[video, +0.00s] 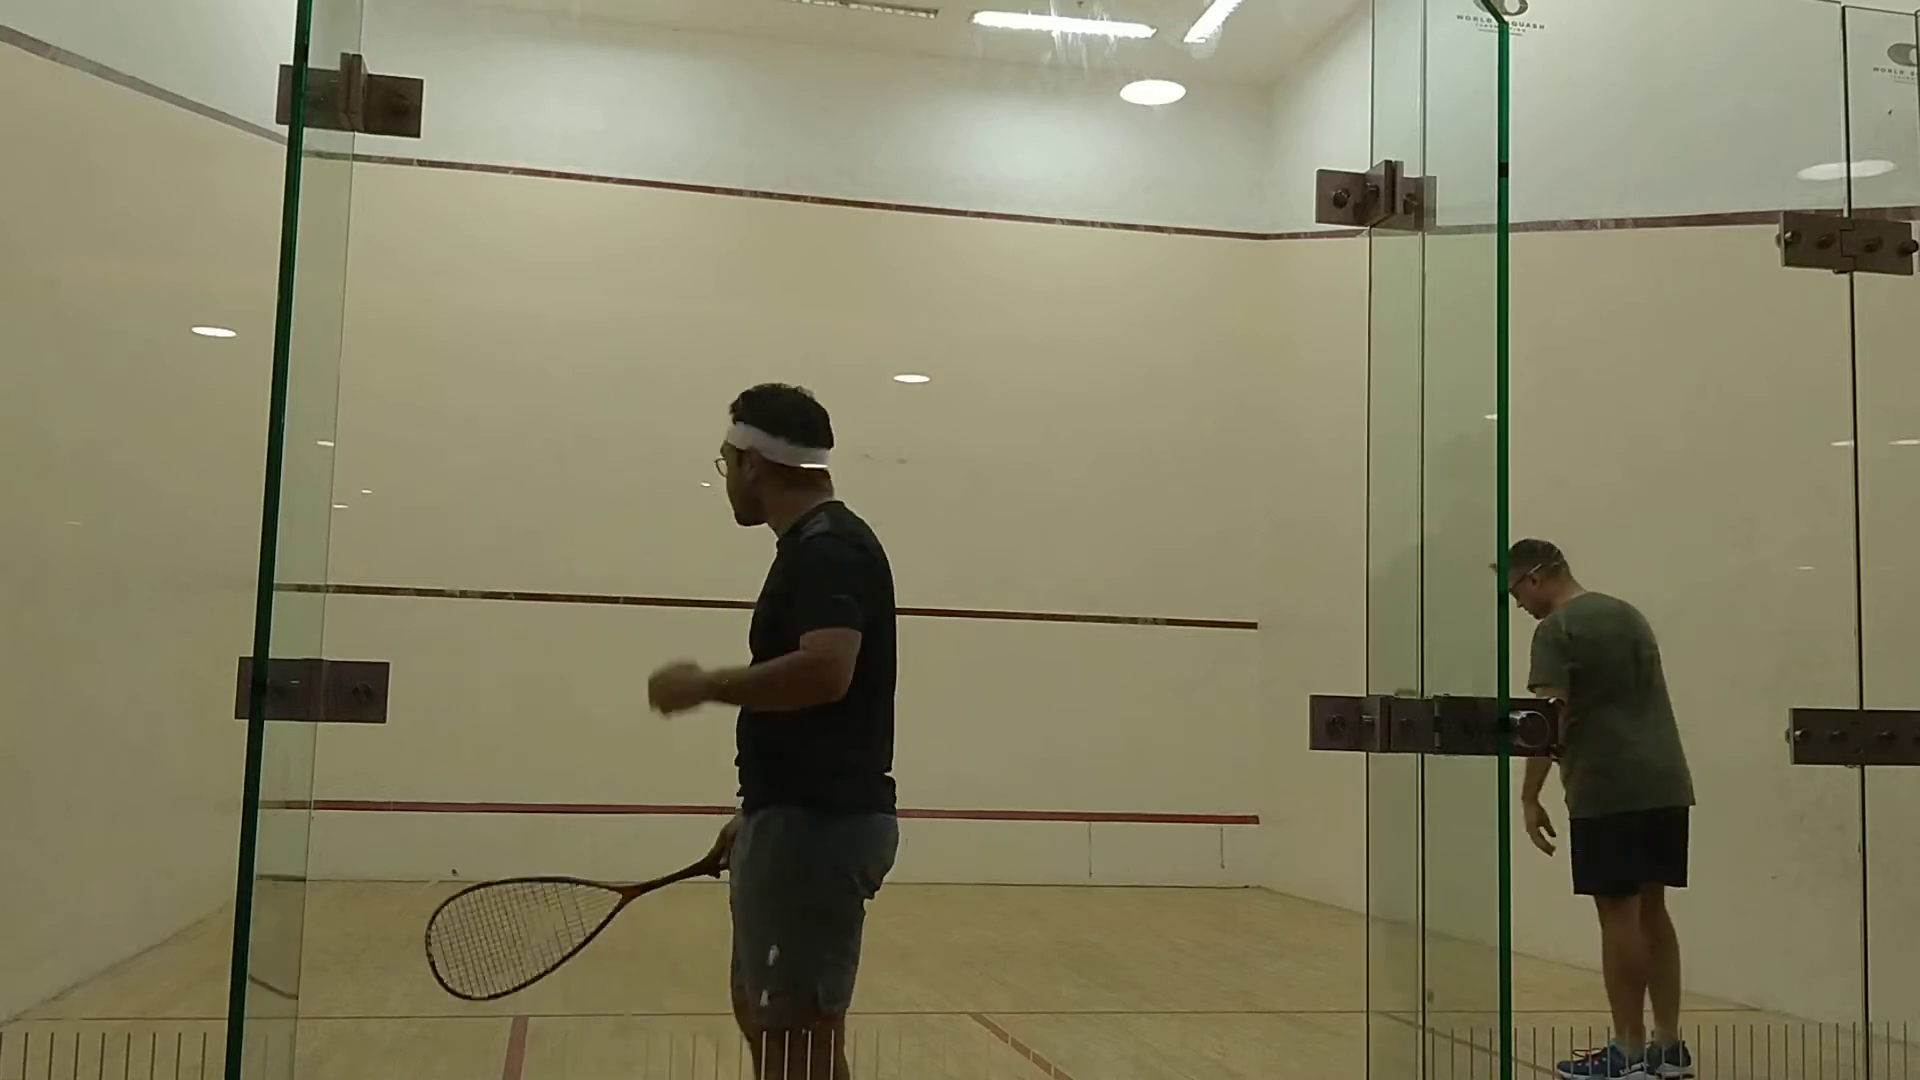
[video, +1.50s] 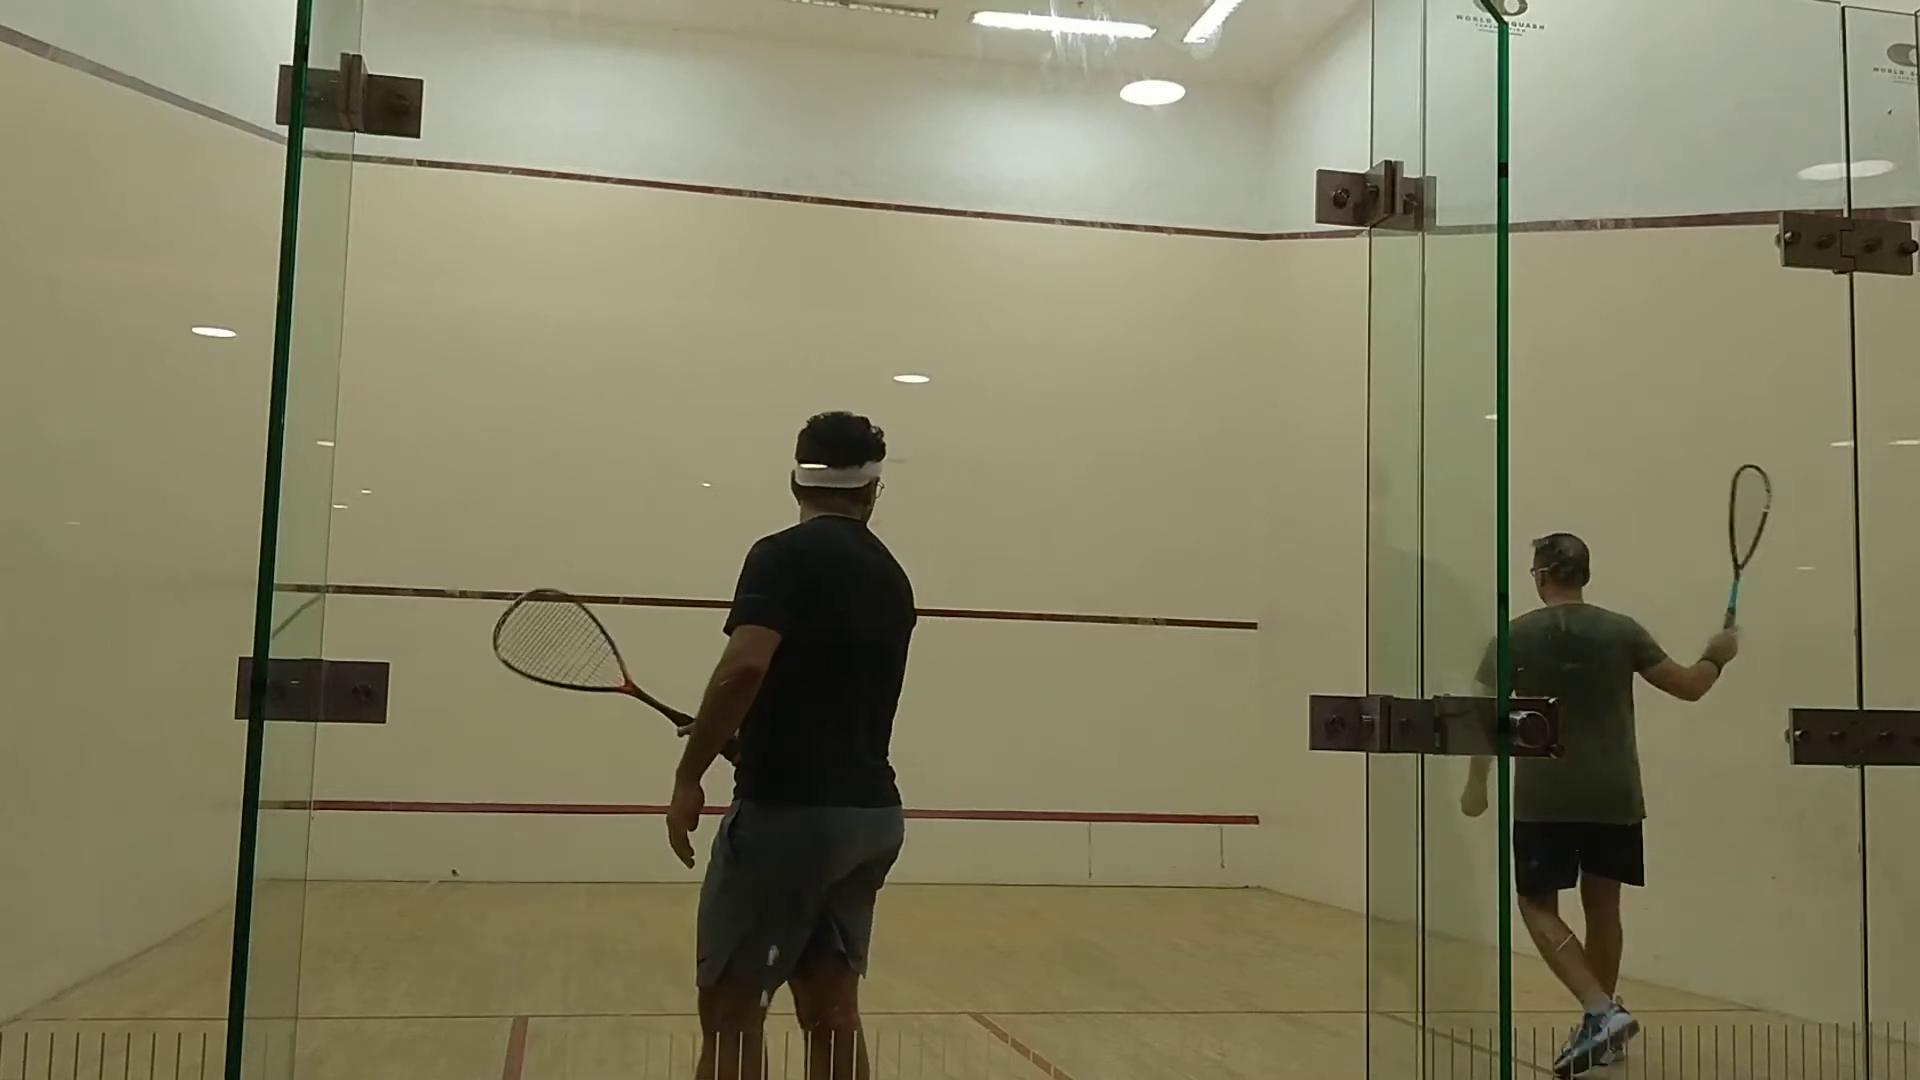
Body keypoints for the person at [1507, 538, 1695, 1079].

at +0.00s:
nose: (1522, 607)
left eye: (1518, 595)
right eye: (1516, 598)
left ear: (1535, 578)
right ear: (1558, 571)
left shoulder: (1555, 631)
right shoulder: (1629, 615)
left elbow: (1548, 722)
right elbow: (1643, 706)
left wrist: (1530, 794)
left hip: (1607, 799)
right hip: (1667, 791)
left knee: (1619, 918)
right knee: (1654, 912)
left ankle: (1629, 1052)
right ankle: (1669, 1044)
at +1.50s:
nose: (1533, 581)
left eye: (1534, 574)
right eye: (1538, 573)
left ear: (1541, 577)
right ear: (1585, 576)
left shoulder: (1512, 638)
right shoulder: (1620, 630)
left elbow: (1484, 716)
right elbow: (1690, 687)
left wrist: (1476, 783)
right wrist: (1717, 653)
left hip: (1540, 804)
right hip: (1613, 802)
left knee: (1538, 907)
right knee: (1603, 908)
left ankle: (1604, 1013)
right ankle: (1598, 1030)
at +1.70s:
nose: (1544, 580)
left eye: (1535, 572)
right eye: (1568, 572)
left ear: (1532, 575)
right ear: (1580, 576)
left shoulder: (1498, 630)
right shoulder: (1600, 628)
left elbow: (1479, 705)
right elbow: (1678, 675)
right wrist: (1695, 628)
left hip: (1514, 791)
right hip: (1587, 792)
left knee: (1504, 881)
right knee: (1593, 901)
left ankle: (1530, 995)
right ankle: (1596, 1032)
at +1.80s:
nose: (1560, 582)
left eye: (1537, 571)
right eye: (1570, 575)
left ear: (1525, 575)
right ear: (1572, 578)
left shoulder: (1491, 627)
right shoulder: (1586, 630)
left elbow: (1474, 700)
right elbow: (1666, 670)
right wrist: (1678, 621)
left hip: (1494, 788)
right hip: (1567, 792)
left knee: (1478, 884)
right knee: (1584, 901)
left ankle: (1477, 1001)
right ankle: (1594, 1030)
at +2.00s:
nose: (1545, 599)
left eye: (1540, 591)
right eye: (1544, 593)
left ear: (1495, 591)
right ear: (1540, 597)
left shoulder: (1454, 638)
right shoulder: (1541, 647)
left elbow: (1410, 701)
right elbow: (1621, 682)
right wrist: (1641, 617)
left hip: (1448, 791)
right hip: (1518, 795)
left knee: (1419, 884)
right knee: (1556, 905)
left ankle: (1395, 992)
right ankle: (1588, 1030)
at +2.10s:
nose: (1504, 611)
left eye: (1489, 599)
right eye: (1510, 603)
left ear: (1469, 600)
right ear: (1513, 608)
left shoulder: (1424, 647)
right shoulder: (1516, 667)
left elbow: (1376, 700)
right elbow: (1585, 697)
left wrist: (1412, 727)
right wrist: (1613, 654)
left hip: (1418, 793)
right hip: (1487, 799)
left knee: (1401, 880)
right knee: (1530, 908)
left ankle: (1398, 997)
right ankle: (1579, 1029)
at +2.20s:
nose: (1462, 611)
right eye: (1472, 604)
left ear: (1432, 602)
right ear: (1476, 609)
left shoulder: (1396, 653)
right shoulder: (1486, 665)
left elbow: (1367, 716)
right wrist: (1528, 703)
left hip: (1401, 796)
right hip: (1472, 802)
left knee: (1381, 891)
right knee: (1508, 907)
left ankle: (1396, 999)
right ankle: (1546, 1021)